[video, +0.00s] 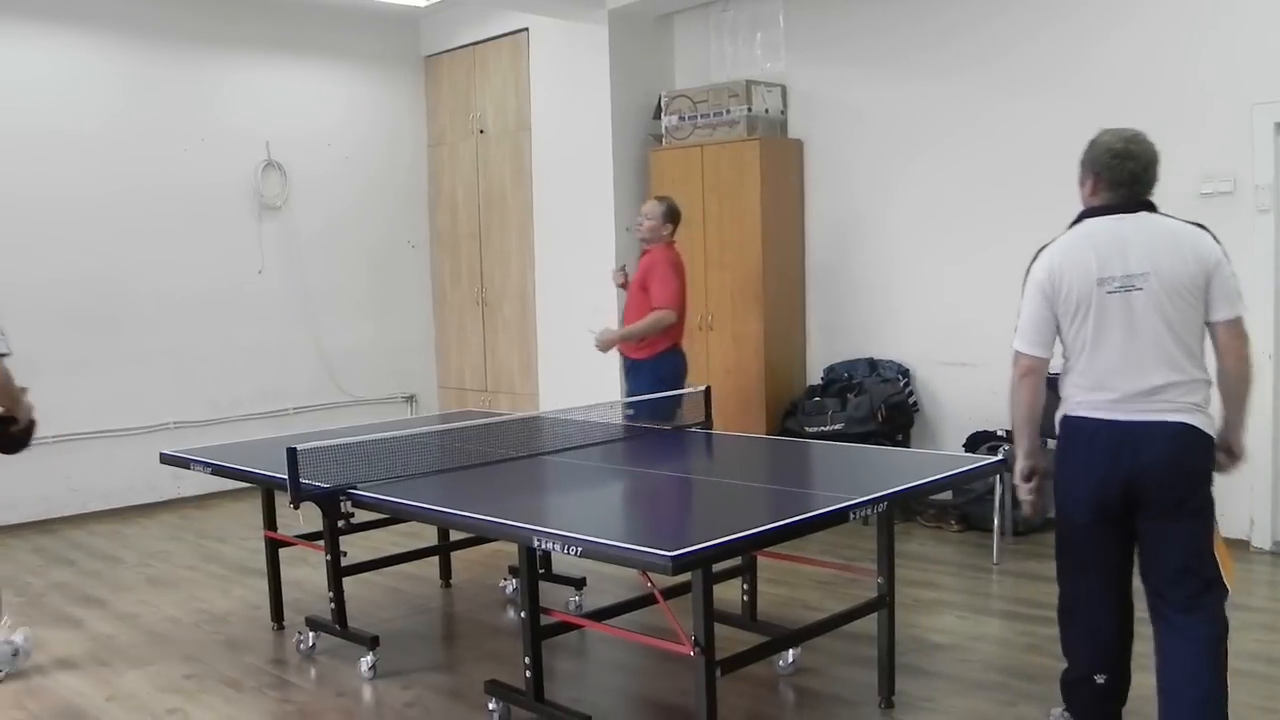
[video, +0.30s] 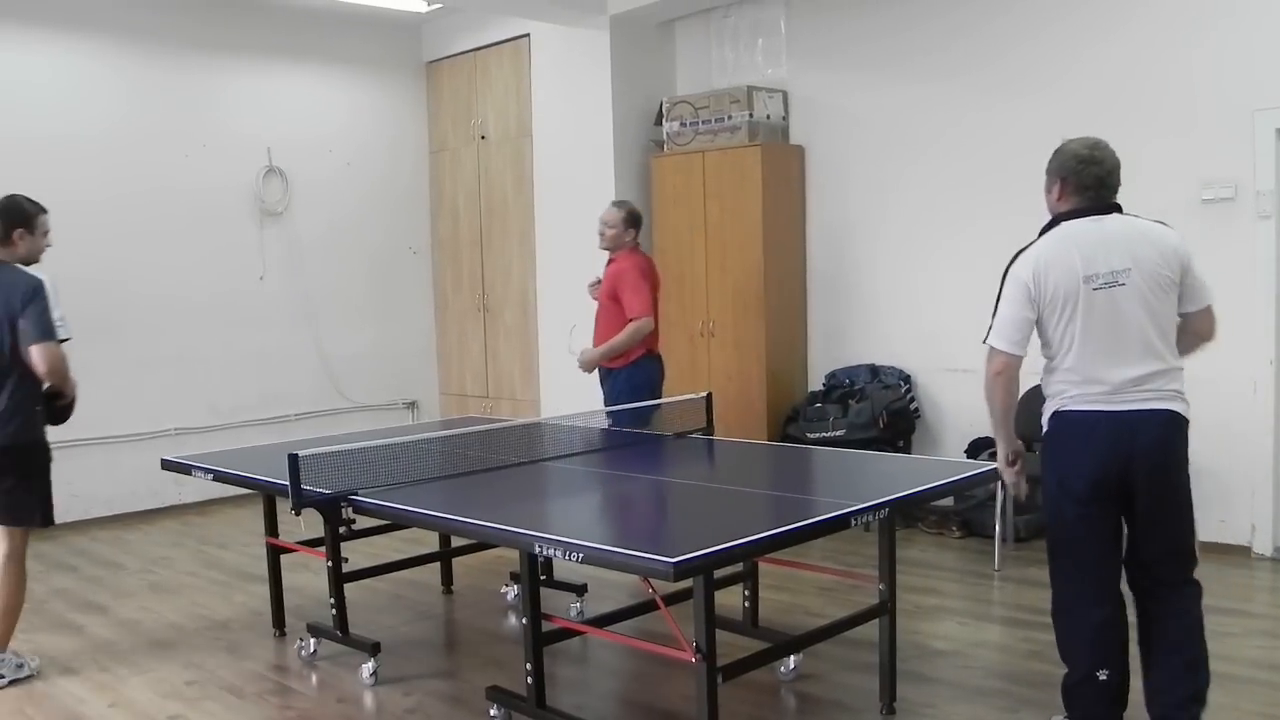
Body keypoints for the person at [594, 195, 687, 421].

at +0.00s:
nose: (639, 222)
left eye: (647, 218)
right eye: (640, 216)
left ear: (666, 229)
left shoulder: (663, 258)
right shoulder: (652, 256)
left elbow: (667, 314)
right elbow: (650, 298)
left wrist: (618, 336)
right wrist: (627, 285)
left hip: (656, 364)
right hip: (645, 362)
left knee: (649, 442)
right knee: (644, 441)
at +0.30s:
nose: (601, 231)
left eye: (609, 226)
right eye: (601, 224)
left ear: (629, 234)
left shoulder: (631, 265)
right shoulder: (622, 260)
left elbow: (644, 322)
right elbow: (631, 300)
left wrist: (599, 354)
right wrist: (603, 291)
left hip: (632, 370)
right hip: (623, 368)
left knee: (629, 449)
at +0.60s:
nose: (572, 242)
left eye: (579, 237)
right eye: (570, 235)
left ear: (601, 240)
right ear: (568, 233)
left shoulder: (610, 270)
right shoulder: (594, 263)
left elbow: (634, 327)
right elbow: (607, 296)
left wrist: (595, 366)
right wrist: (581, 296)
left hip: (625, 375)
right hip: (610, 374)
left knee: (627, 453)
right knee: (622, 452)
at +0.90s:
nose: (558, 245)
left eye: (566, 240)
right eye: (556, 238)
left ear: (588, 241)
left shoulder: (601, 273)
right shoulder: (580, 263)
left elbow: (632, 325)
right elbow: (592, 297)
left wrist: (600, 370)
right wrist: (567, 305)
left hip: (621, 375)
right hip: (602, 375)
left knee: (627, 451)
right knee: (620, 449)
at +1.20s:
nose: (563, 242)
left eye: (571, 237)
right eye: (560, 235)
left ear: (592, 238)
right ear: (557, 233)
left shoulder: (606, 275)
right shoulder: (572, 266)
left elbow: (636, 324)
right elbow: (580, 295)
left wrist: (602, 366)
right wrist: (559, 305)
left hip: (615, 376)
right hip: (587, 376)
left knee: (616, 450)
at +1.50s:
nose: (577, 235)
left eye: (585, 229)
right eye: (571, 228)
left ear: (599, 232)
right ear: (564, 230)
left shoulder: (616, 270)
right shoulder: (557, 265)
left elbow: (643, 316)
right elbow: (551, 297)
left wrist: (622, 355)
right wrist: (539, 311)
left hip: (606, 377)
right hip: (565, 376)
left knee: (608, 451)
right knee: (566, 451)